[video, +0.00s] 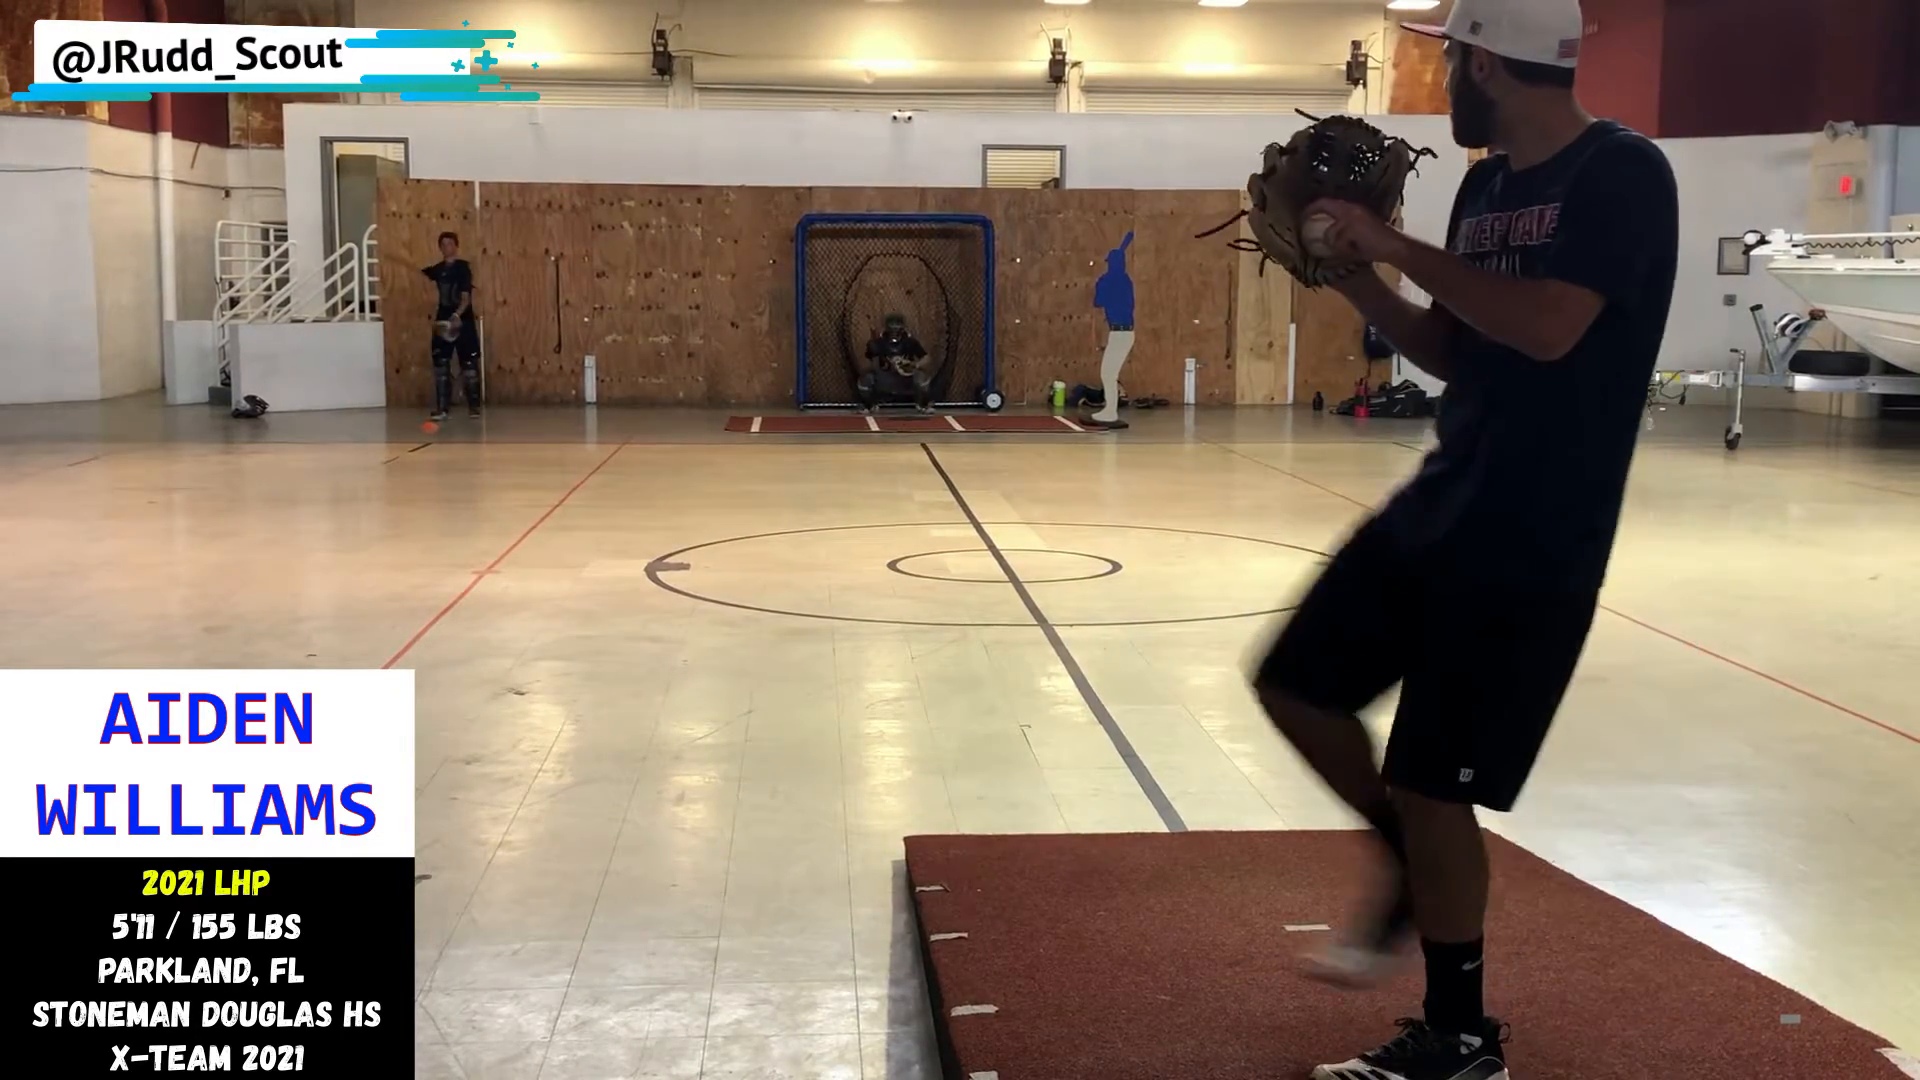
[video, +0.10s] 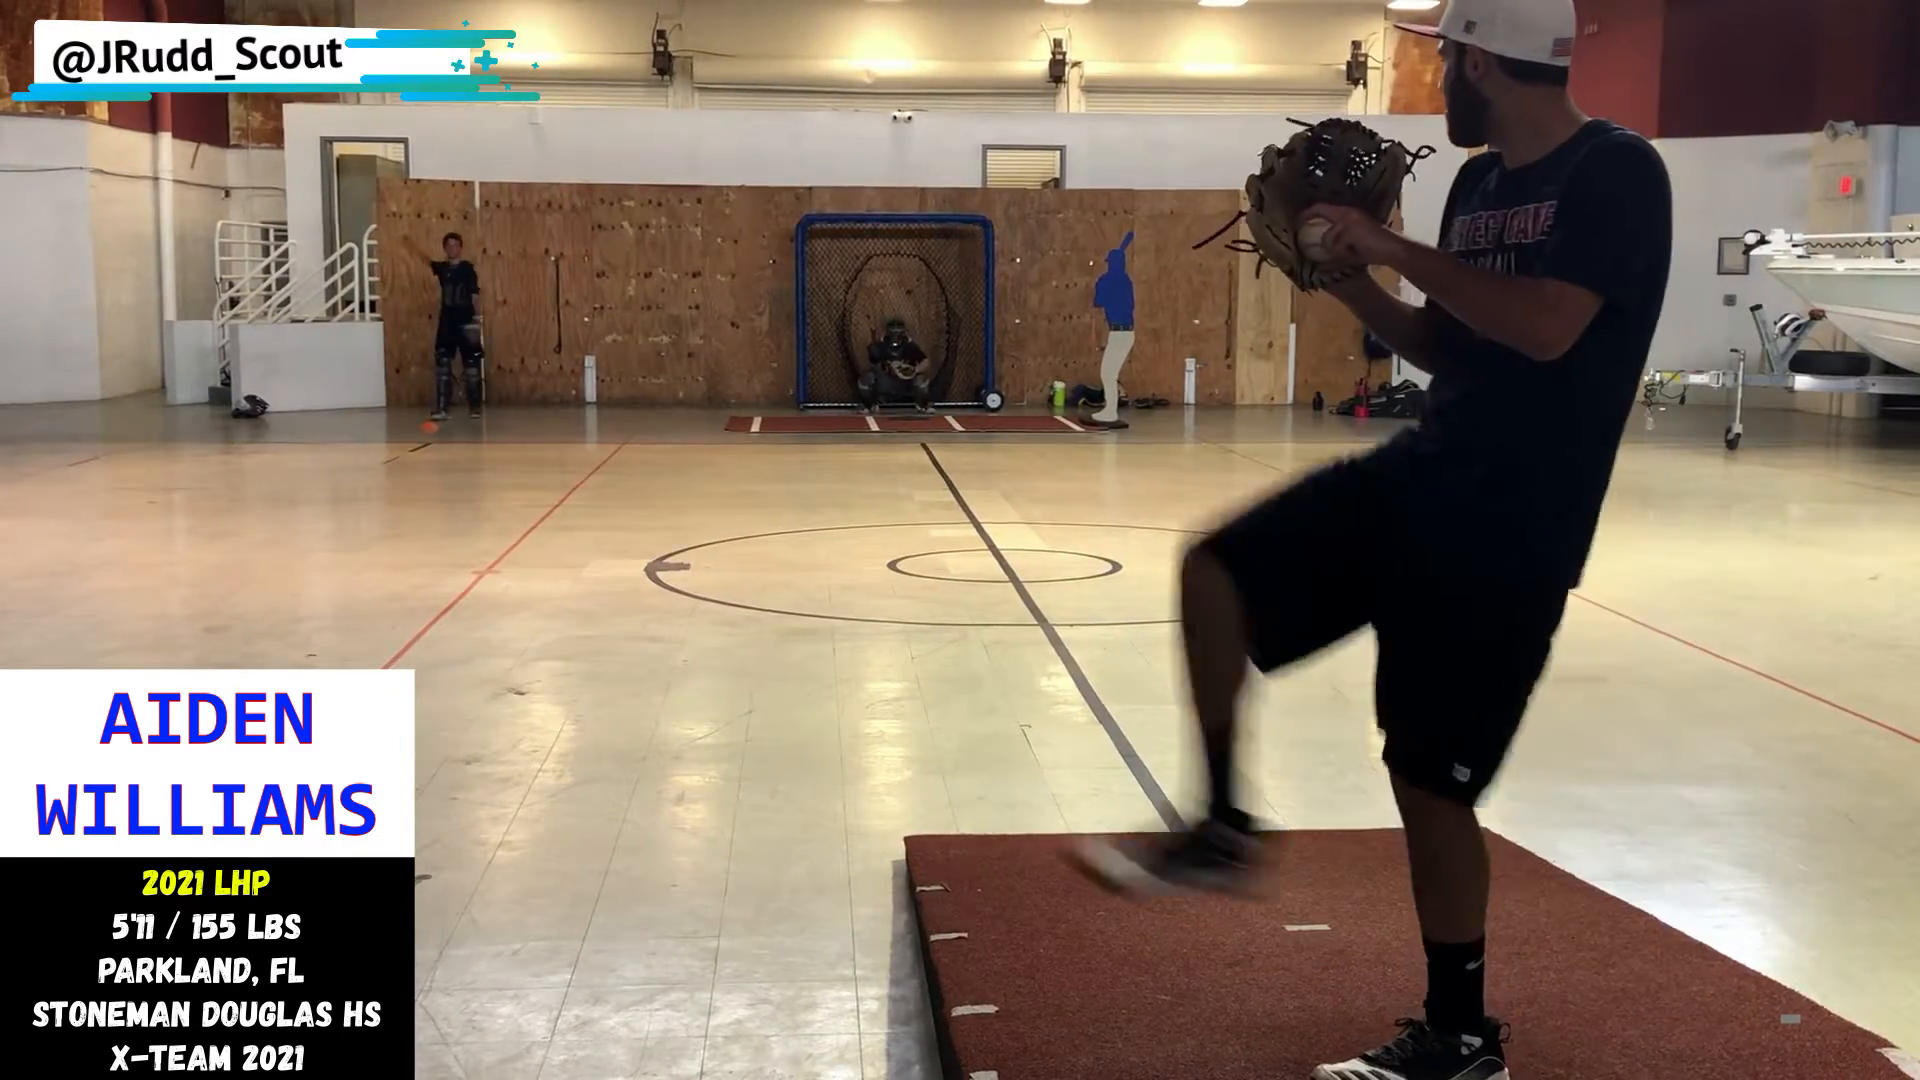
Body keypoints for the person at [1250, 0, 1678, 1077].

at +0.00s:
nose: (1445, 85)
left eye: (1452, 59)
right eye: (1446, 62)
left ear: (1489, 60)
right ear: (1526, 62)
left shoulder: (1624, 171)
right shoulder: (1485, 185)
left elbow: (1547, 326)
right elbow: (1452, 354)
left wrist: (1391, 243)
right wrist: (1352, 277)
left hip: (1539, 533)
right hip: (1446, 504)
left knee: (1429, 778)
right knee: (1296, 685)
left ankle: (1457, 1028)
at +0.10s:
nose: (1440, 79)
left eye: (1446, 55)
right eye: (1442, 57)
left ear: (1483, 58)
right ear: (1517, 61)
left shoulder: (1620, 172)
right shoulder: (1476, 183)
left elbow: (1547, 325)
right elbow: (1441, 344)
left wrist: (1390, 245)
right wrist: (1342, 278)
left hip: (1514, 526)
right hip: (1421, 483)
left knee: (1430, 771)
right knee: (1215, 575)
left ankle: (1457, 1030)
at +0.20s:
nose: (1431, 81)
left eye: (1439, 58)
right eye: (1433, 59)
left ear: (1475, 60)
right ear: (1513, 63)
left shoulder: (1608, 174)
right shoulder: (1463, 184)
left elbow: (1538, 326)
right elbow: (1421, 343)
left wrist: (1383, 250)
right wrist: (1334, 280)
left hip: (1488, 522)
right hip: (1398, 470)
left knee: (1425, 762)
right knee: (1179, 451)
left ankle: (1458, 1031)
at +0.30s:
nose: (1413, 86)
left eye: (1421, 62)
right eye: (1415, 66)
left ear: (1454, 62)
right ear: (1496, 66)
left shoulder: (1589, 174)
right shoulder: (1444, 184)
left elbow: (1527, 328)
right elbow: (1401, 341)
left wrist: (1370, 251)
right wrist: (1313, 277)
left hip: (1463, 516)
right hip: (1377, 460)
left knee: (1419, 764)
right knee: (1177, 358)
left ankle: (1456, 1028)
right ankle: (1026, 575)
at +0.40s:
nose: (1395, 84)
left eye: (1400, 64)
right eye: (1397, 66)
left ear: (1428, 69)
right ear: (1468, 72)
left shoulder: (1568, 181)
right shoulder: (1418, 187)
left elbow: (1513, 335)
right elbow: (1381, 349)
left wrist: (1359, 259)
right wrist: (1307, 273)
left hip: (1447, 510)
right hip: (1363, 457)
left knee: (1401, 766)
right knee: (1195, 292)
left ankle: (1457, 1030)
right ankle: (1133, 539)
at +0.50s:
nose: (1363, 97)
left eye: (1372, 78)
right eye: (1365, 78)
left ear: (1411, 83)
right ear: (1423, 85)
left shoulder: (1541, 191)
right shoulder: (1395, 197)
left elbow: (1500, 353)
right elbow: (1371, 360)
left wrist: (1349, 281)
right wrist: (1292, 300)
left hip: (1431, 520)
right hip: (1348, 470)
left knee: (1371, 772)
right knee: (1181, 324)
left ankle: (1451, 1031)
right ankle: (1248, 573)